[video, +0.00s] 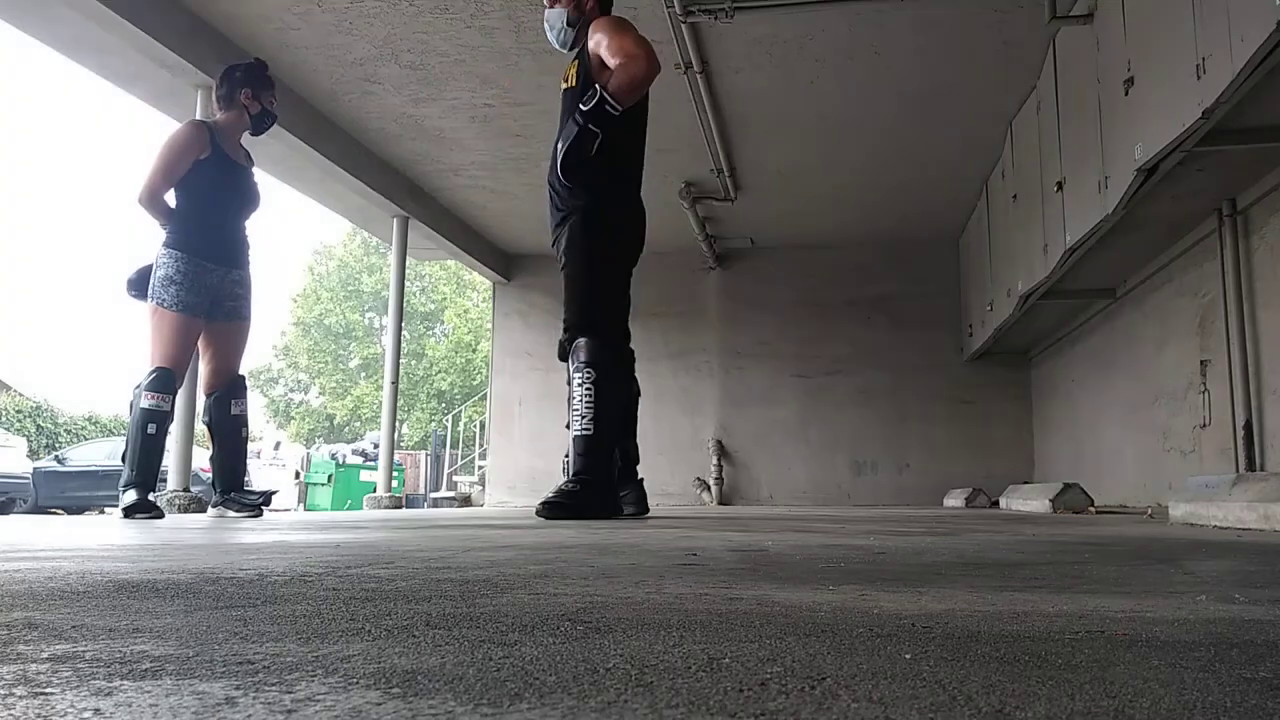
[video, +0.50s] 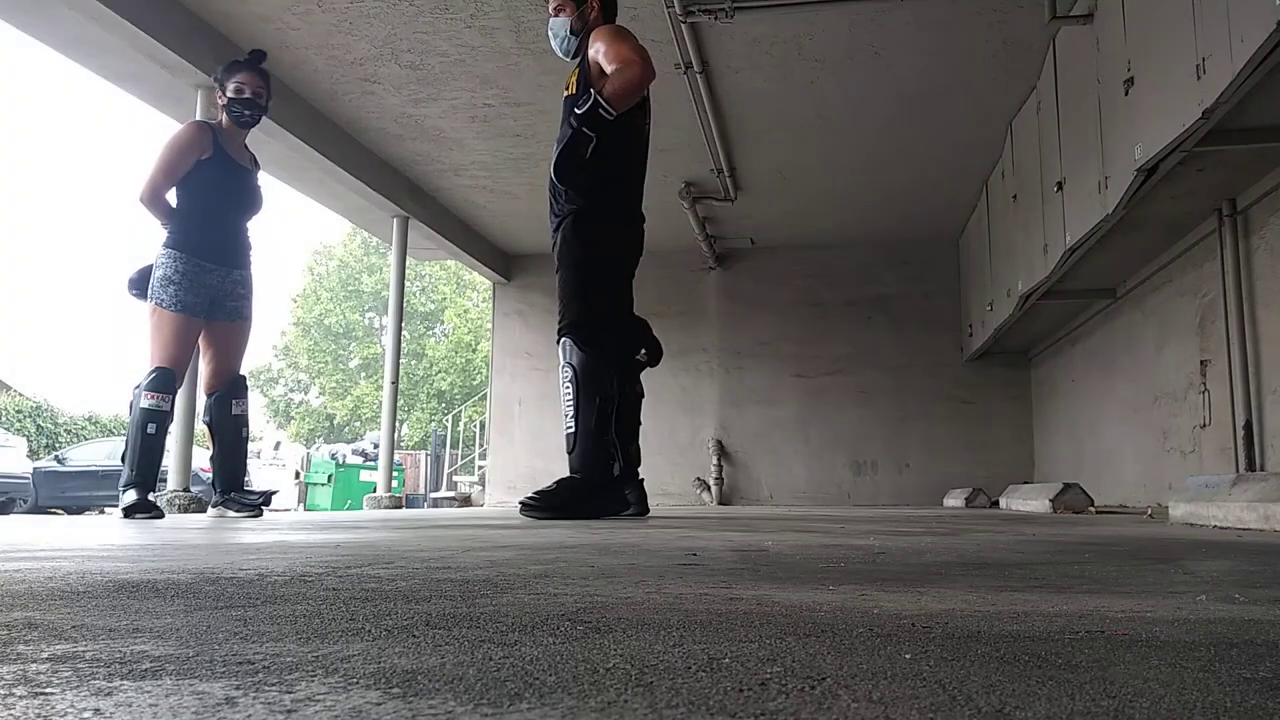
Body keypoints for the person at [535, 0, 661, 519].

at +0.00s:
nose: (549, 10)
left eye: (554, 2)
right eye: (549, 4)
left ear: (584, 1)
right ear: (586, 7)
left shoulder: (604, 28)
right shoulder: (590, 46)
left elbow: (641, 63)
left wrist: (597, 118)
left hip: (599, 217)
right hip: (593, 219)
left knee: (587, 345)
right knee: (607, 347)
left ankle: (590, 485)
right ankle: (621, 483)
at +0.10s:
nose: (550, 18)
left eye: (555, 8)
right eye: (550, 11)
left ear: (583, 5)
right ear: (584, 11)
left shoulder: (605, 32)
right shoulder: (592, 55)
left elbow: (642, 68)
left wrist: (598, 118)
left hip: (599, 219)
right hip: (600, 222)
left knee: (582, 339)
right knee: (616, 346)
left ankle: (589, 483)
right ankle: (623, 482)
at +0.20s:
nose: (551, 22)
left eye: (557, 10)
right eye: (549, 13)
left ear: (589, 7)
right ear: (585, 11)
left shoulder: (606, 37)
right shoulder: (594, 61)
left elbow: (642, 72)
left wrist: (599, 122)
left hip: (599, 223)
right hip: (606, 225)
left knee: (571, 335)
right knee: (620, 347)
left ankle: (587, 479)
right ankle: (623, 482)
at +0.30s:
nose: (551, 22)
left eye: (557, 11)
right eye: (549, 14)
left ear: (589, 9)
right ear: (586, 13)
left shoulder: (606, 39)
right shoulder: (591, 65)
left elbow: (643, 73)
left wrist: (602, 118)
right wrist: (629, 321)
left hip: (599, 226)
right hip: (606, 228)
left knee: (573, 340)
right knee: (615, 348)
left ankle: (589, 477)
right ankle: (620, 481)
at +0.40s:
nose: (551, 24)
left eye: (558, 11)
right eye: (549, 15)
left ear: (590, 8)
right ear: (589, 13)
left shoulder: (604, 37)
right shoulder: (594, 64)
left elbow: (640, 72)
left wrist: (595, 120)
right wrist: (630, 321)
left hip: (597, 226)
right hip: (606, 227)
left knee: (579, 343)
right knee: (614, 348)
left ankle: (588, 478)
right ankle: (619, 481)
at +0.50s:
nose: (551, 21)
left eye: (557, 9)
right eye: (550, 12)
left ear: (589, 8)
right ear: (590, 12)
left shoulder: (603, 36)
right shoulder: (592, 59)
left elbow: (635, 71)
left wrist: (594, 114)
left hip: (596, 225)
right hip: (600, 225)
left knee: (584, 343)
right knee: (611, 346)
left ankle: (592, 480)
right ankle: (619, 481)